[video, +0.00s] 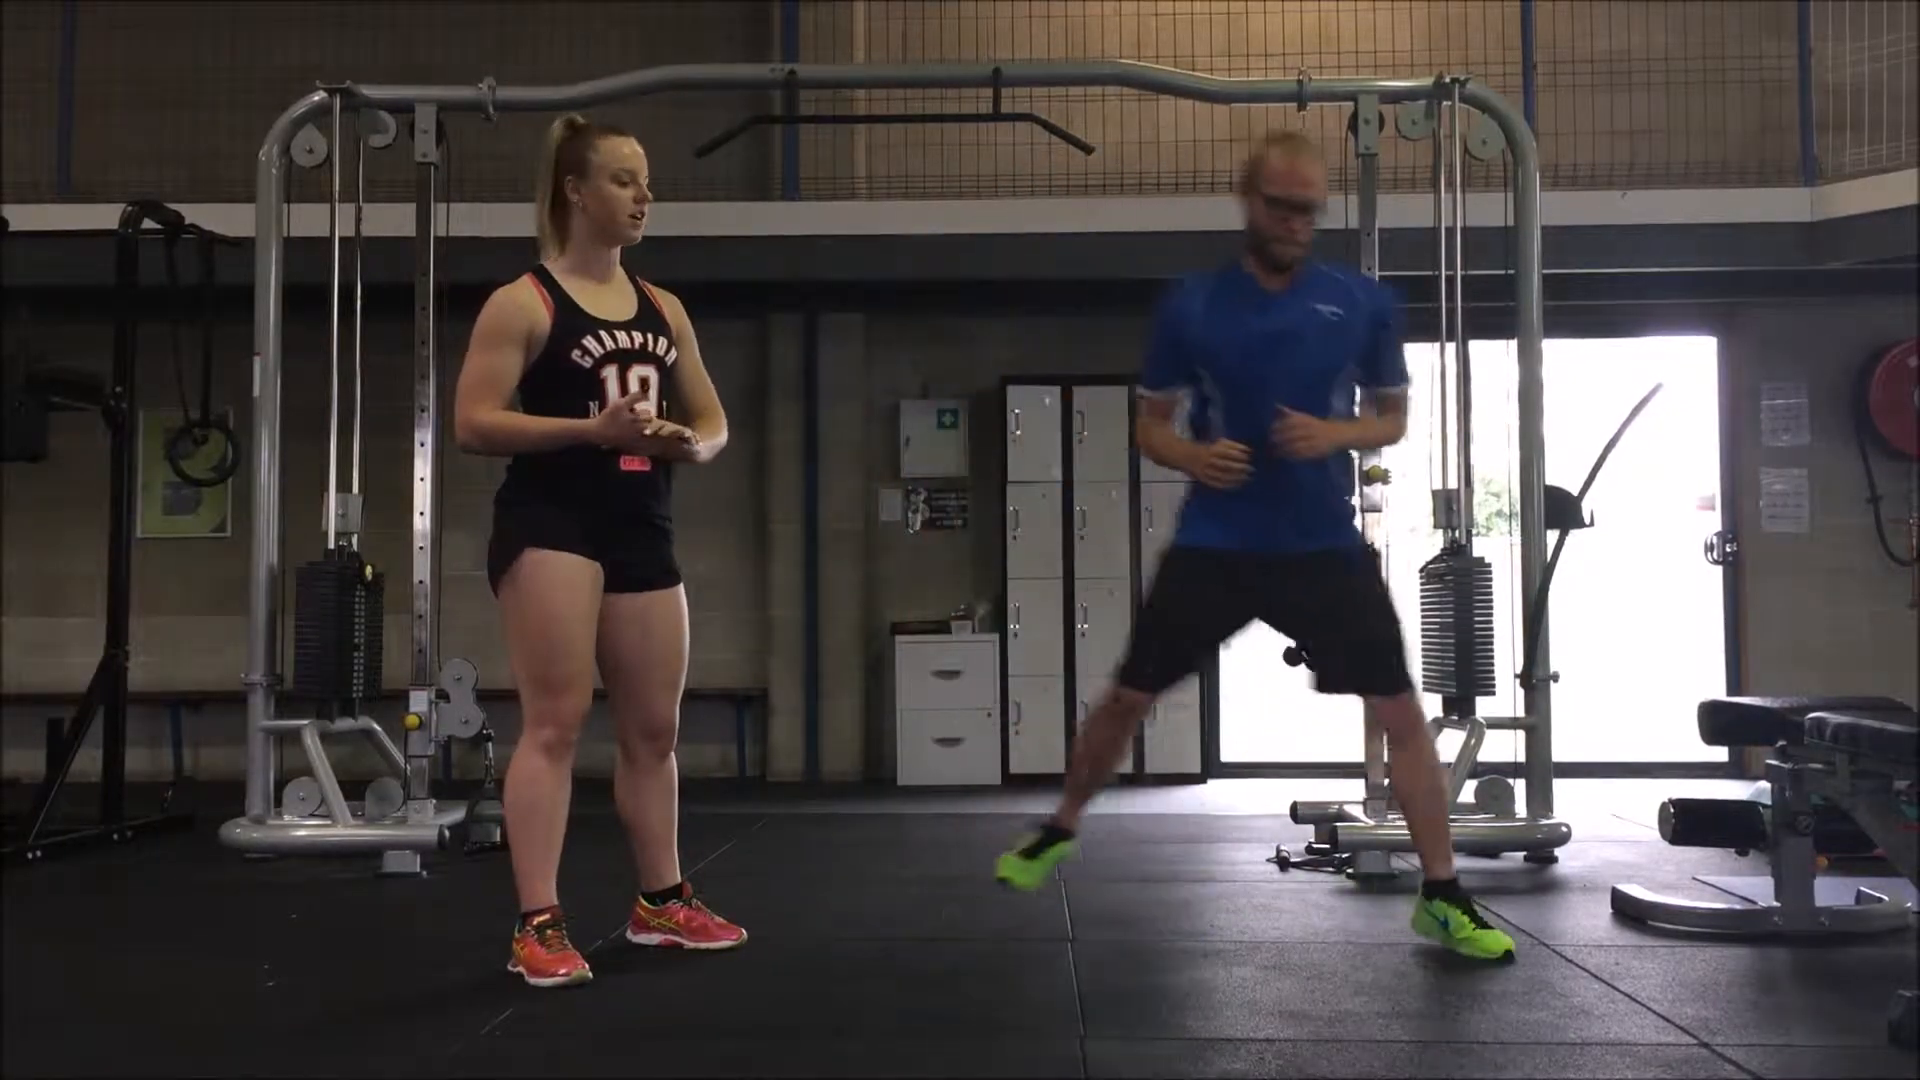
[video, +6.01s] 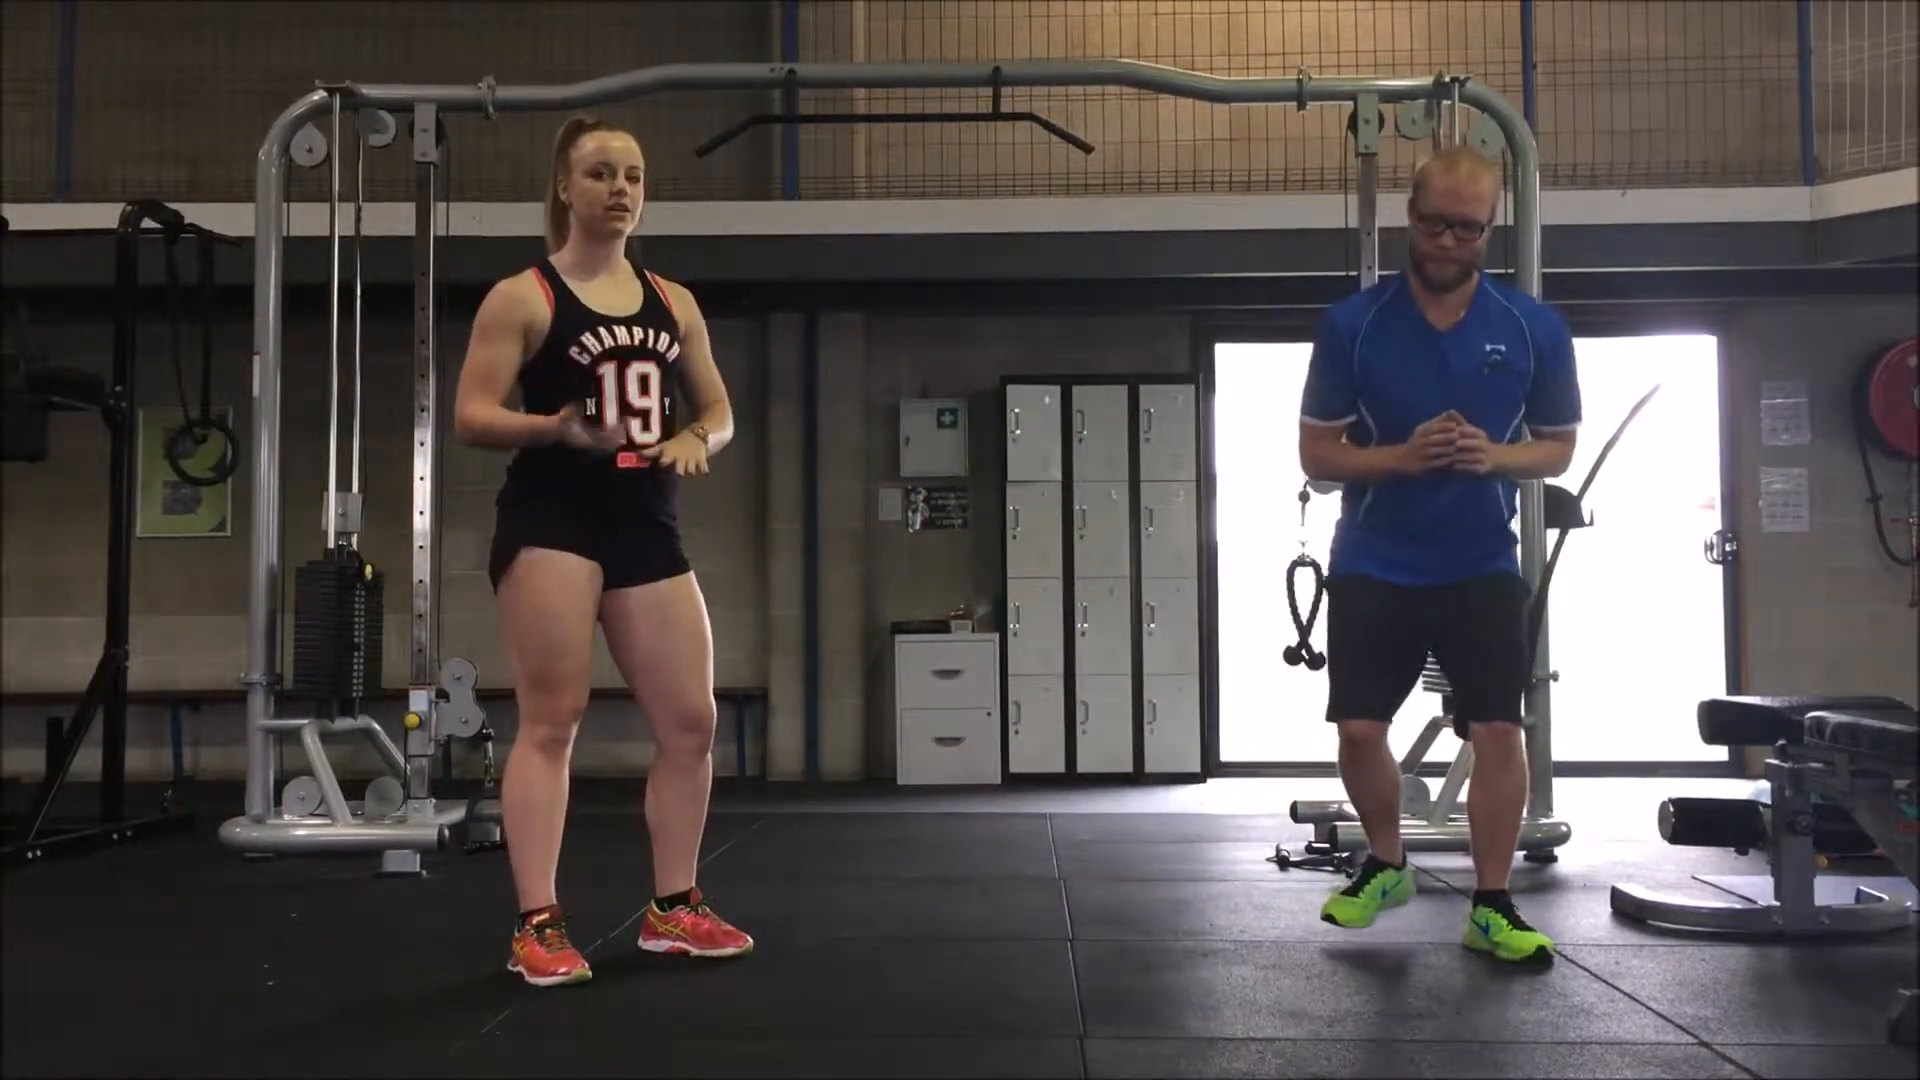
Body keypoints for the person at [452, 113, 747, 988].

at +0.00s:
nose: (643, 197)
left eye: (646, 183)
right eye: (625, 182)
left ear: (638, 198)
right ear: (574, 191)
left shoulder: (662, 308)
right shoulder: (520, 304)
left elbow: (710, 417)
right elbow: (473, 422)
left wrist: (693, 445)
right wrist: (590, 428)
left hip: (643, 533)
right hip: (552, 528)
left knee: (652, 733)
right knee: (552, 725)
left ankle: (662, 901)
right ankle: (538, 925)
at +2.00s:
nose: (575, 180)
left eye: (589, 169)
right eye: (557, 165)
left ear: (603, 189)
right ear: (522, 181)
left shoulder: (635, 303)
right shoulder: (471, 300)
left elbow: (668, 426)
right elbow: (419, 420)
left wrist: (605, 475)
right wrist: (504, 485)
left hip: (613, 527)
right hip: (511, 530)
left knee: (674, 721)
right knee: (537, 723)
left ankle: (652, 884)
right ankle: (539, 926)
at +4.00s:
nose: (642, 188)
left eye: (655, 175)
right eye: (624, 174)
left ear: (670, 192)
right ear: (591, 188)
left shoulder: (678, 303)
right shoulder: (554, 291)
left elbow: (663, 438)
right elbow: (500, 413)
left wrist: (705, 522)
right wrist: (592, 492)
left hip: (672, 531)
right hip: (580, 531)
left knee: (683, 726)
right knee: (553, 724)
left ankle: (673, 906)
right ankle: (537, 922)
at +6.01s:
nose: (619, 187)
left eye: (631, 175)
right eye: (600, 173)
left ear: (644, 195)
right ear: (563, 190)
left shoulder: (672, 302)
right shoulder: (520, 297)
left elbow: (716, 410)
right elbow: (472, 417)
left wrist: (698, 440)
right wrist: (553, 426)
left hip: (648, 529)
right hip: (553, 524)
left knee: (691, 722)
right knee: (550, 721)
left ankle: (673, 907)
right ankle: (538, 924)